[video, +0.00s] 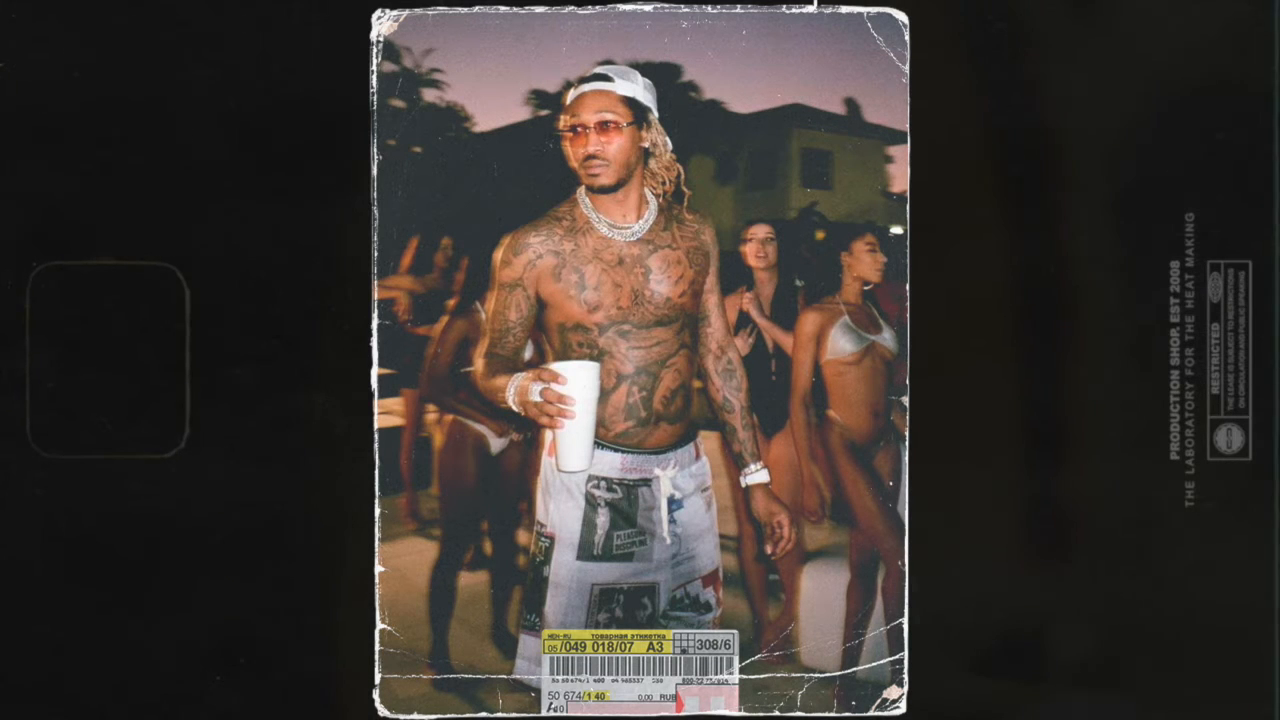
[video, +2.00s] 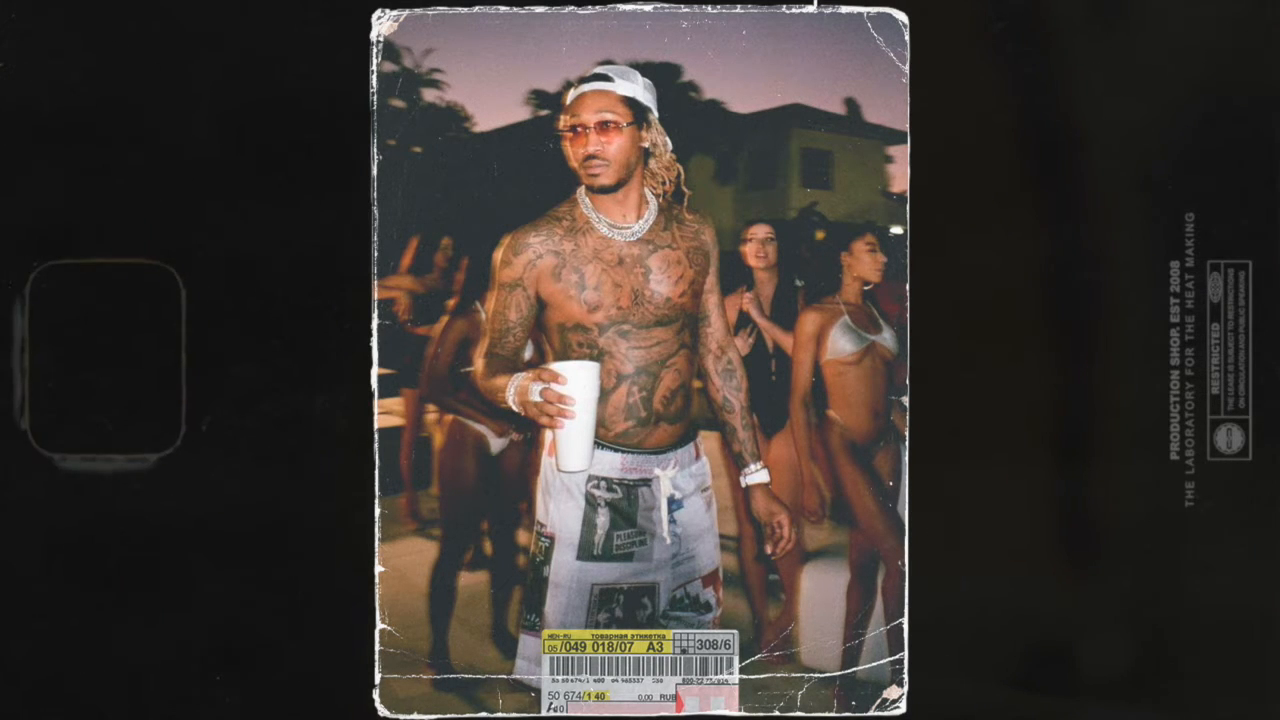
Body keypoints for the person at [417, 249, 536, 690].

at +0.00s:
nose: (513, 293)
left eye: (521, 286)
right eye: (508, 283)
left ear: (530, 293)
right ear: (493, 283)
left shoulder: (531, 335)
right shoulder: (465, 324)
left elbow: (543, 387)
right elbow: (435, 387)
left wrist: (529, 421)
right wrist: (490, 422)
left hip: (514, 446)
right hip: (465, 442)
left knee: (505, 540)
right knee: (456, 544)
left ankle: (501, 628)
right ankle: (439, 651)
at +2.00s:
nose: (513, 292)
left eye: (520, 285)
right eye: (507, 282)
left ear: (529, 291)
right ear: (493, 282)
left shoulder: (529, 331)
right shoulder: (464, 323)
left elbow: (542, 383)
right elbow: (435, 387)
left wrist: (529, 419)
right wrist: (493, 422)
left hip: (513, 445)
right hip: (465, 442)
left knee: (505, 541)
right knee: (455, 544)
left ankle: (501, 628)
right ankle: (439, 652)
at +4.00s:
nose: (516, 286)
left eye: (523, 278)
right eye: (509, 276)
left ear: (531, 287)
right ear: (495, 277)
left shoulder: (531, 331)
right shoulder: (466, 322)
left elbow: (543, 385)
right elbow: (435, 387)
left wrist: (529, 421)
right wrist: (489, 421)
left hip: (514, 445)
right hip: (465, 441)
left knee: (506, 541)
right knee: (456, 544)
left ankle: (501, 628)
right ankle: (439, 649)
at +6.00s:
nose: (514, 285)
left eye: (521, 277)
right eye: (507, 275)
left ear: (531, 286)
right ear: (493, 276)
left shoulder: (531, 330)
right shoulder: (466, 321)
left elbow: (544, 384)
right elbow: (434, 387)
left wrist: (530, 420)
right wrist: (490, 421)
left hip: (515, 445)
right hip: (465, 441)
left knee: (506, 541)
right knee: (456, 543)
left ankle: (501, 628)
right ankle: (439, 648)